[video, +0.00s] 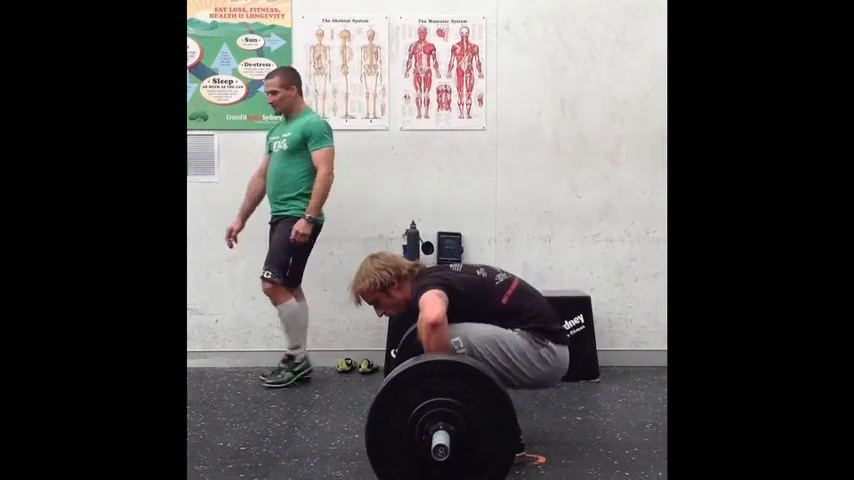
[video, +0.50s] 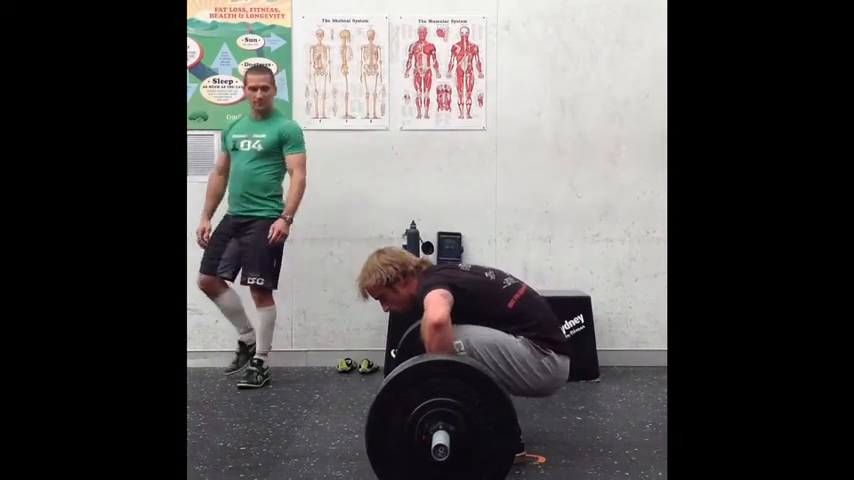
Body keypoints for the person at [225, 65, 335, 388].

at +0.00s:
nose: (269, 100)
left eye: (274, 93)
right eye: (267, 94)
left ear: (294, 91)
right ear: (275, 94)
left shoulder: (315, 125)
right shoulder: (276, 129)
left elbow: (326, 172)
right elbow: (262, 176)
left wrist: (309, 217)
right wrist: (241, 219)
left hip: (300, 218)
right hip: (280, 217)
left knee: (273, 284)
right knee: (291, 288)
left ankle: (297, 359)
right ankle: (299, 362)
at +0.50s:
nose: (258, 94)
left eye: (264, 88)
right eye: (253, 89)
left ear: (274, 90)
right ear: (244, 91)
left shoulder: (287, 129)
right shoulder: (234, 128)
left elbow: (298, 176)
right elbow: (220, 173)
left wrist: (287, 217)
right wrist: (206, 216)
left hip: (266, 220)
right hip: (233, 219)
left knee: (260, 289)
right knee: (209, 282)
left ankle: (261, 363)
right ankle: (248, 339)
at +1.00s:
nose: (220, 95)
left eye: (225, 90)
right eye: (214, 90)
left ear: (232, 94)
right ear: (202, 93)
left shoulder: (244, 131)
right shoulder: (189, 127)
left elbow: (279, 164)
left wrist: (270, 201)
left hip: (227, 219)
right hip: (191, 220)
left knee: (239, 287)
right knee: (190, 291)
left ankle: (255, 354)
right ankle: (189, 357)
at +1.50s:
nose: (214, 94)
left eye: (219, 89)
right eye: (208, 88)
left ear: (225, 93)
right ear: (196, 92)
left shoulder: (238, 127)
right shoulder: (188, 122)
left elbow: (275, 153)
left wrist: (253, 181)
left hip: (220, 219)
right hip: (188, 218)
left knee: (217, 290)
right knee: (188, 290)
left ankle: (214, 356)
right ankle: (189, 356)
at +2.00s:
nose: (201, 94)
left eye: (206, 88)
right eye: (196, 89)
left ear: (214, 93)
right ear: (187, 94)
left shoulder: (233, 128)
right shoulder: (185, 127)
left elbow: (270, 159)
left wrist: (244, 187)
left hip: (217, 221)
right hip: (186, 220)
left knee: (215, 290)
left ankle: (215, 355)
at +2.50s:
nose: (185, 92)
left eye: (187, 86)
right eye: (185, 86)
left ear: (190, 90)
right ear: (186, 91)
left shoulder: (201, 128)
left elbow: (235, 164)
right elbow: (235, 164)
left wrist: (212, 189)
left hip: (189, 216)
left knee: (203, 286)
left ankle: (207, 352)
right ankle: (207, 352)